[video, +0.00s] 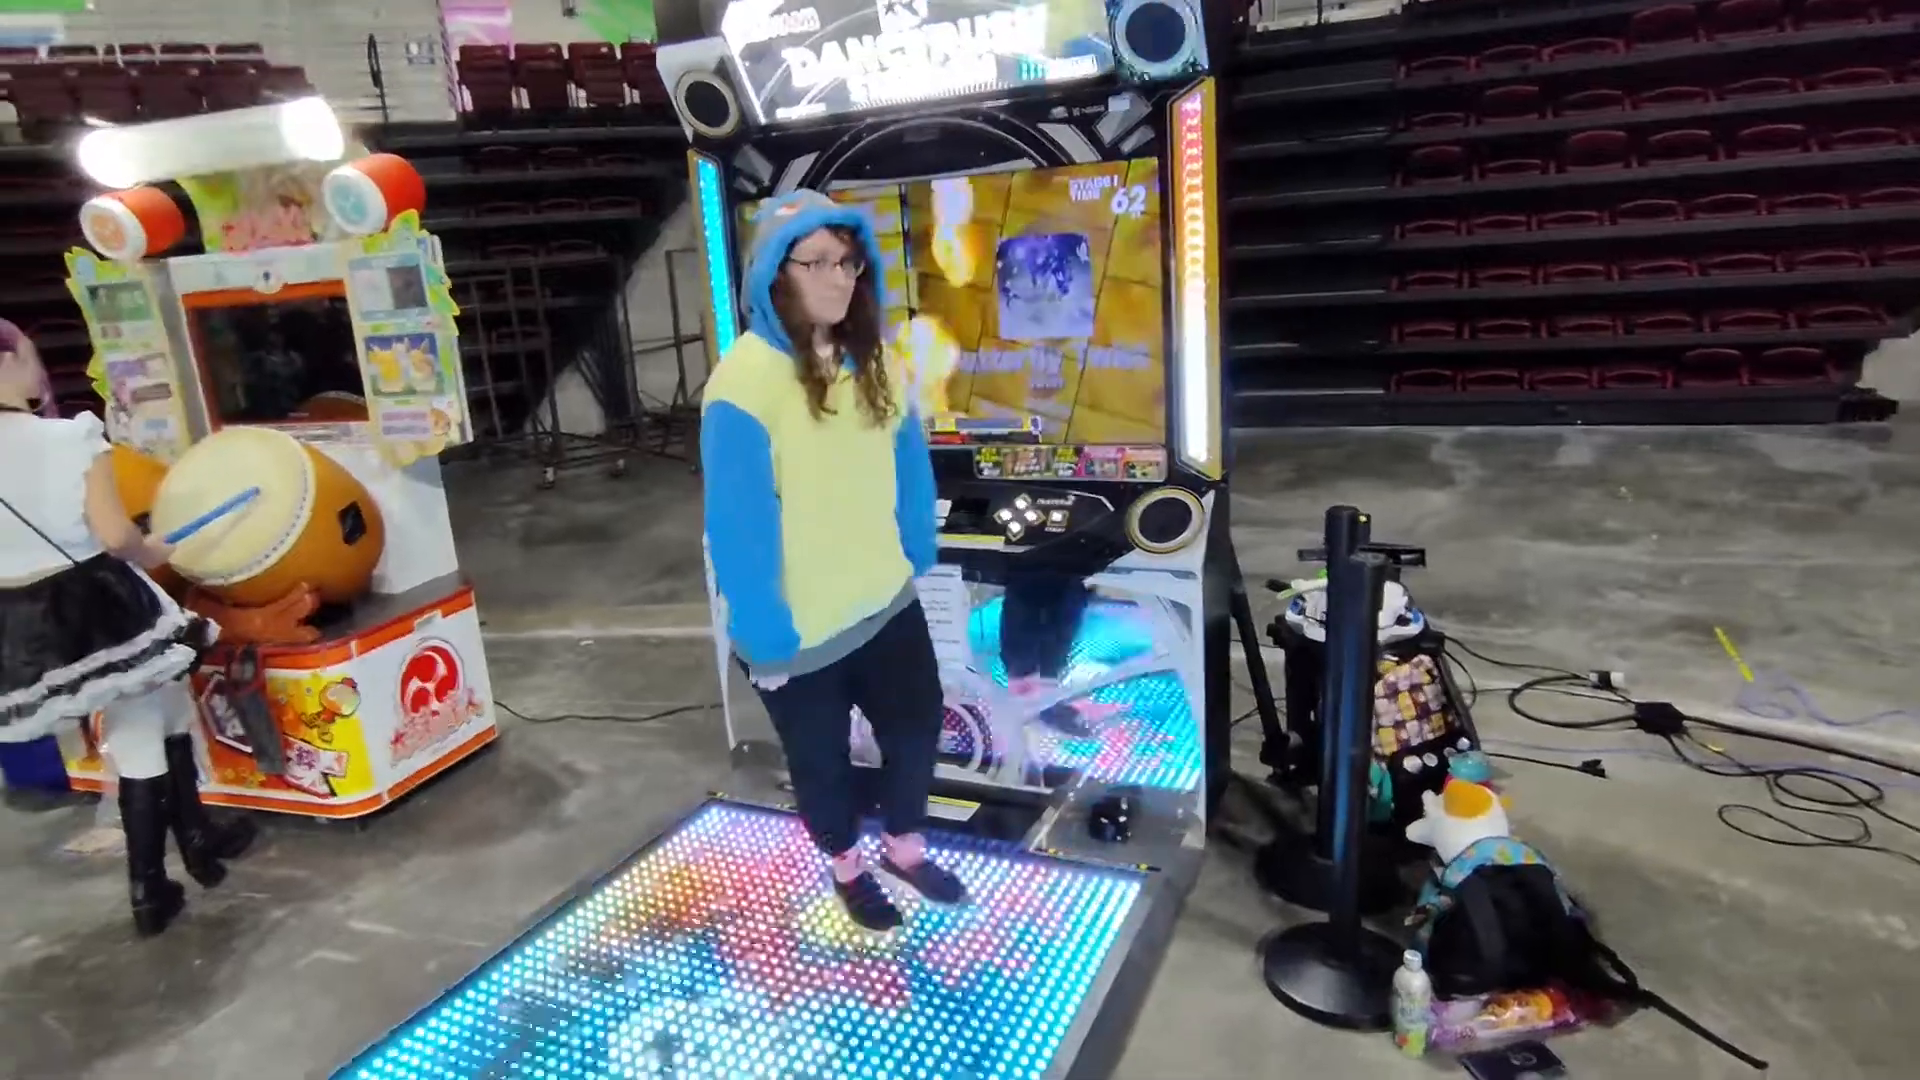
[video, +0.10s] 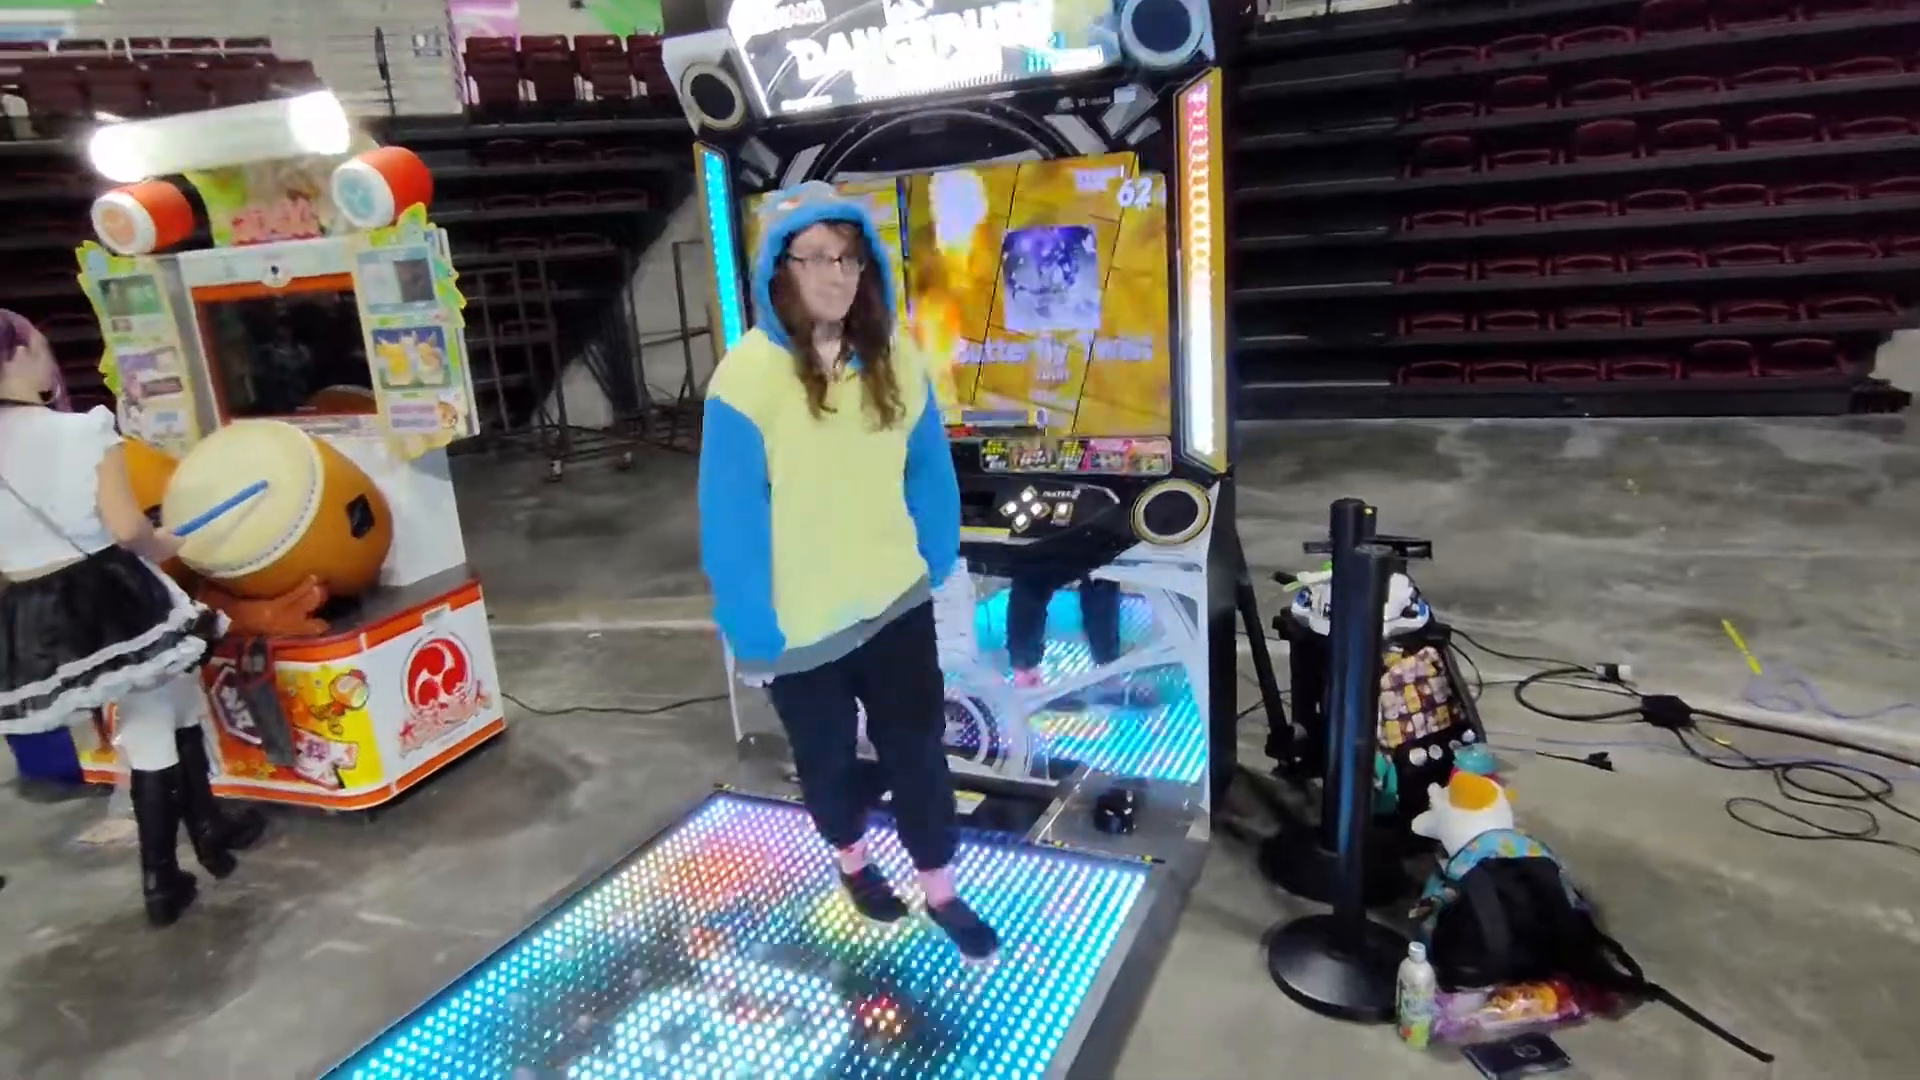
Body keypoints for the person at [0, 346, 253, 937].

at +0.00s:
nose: (36, 362)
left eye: (30, 353)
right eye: (28, 354)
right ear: (15, 363)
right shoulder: (72, 438)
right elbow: (113, 536)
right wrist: (152, 550)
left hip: (20, 632)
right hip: (93, 619)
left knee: (165, 697)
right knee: (138, 730)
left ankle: (198, 838)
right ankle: (147, 886)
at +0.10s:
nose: (52, 363)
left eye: (46, 349)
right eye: (44, 350)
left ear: (2, 361)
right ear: (16, 355)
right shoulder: (80, 431)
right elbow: (126, 529)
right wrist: (160, 546)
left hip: (28, 620)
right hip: (106, 607)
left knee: (178, 689)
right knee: (150, 720)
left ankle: (209, 828)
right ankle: (160, 877)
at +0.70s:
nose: (92, 347)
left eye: (85, 335)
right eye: (83, 338)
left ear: (25, 359)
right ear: (58, 349)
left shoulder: (11, 439)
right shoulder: (122, 420)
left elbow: (10, 534)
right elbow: (167, 512)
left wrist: (64, 539)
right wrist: (202, 527)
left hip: (83, 596)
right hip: (152, 583)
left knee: (213, 672)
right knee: (188, 706)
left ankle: (249, 806)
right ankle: (201, 858)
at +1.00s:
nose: (94, 343)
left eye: (86, 332)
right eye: (84, 334)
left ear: (31, 357)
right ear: (58, 348)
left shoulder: (14, 430)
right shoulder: (117, 418)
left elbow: (11, 535)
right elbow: (179, 506)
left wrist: (69, 535)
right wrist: (222, 477)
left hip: (78, 593)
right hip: (148, 582)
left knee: (209, 675)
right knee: (184, 706)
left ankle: (243, 808)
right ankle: (194, 858)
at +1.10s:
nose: (77, 340)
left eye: (70, 328)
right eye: (67, 330)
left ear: (18, 348)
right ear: (40, 341)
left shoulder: (7, 423)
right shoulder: (107, 414)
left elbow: (8, 531)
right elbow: (168, 502)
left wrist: (56, 538)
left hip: (59, 591)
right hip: (132, 582)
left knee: (187, 680)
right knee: (171, 708)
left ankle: (227, 808)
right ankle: (177, 858)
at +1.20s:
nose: (67, 340)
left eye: (60, 328)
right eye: (56, 329)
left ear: (13, 347)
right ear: (28, 342)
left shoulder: (7, 417)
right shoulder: (103, 409)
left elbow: (13, 535)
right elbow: (157, 498)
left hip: (45, 589)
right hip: (121, 578)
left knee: (173, 674)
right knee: (164, 700)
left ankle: (218, 807)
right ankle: (165, 855)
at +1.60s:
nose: (17, 315)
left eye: (12, 302)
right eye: (11, 302)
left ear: (8, 310)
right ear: (3, 312)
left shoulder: (47, 378)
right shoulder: (57, 377)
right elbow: (111, 474)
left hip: (14, 569)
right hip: (79, 553)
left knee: (134, 657)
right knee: (120, 678)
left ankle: (173, 781)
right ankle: (120, 834)